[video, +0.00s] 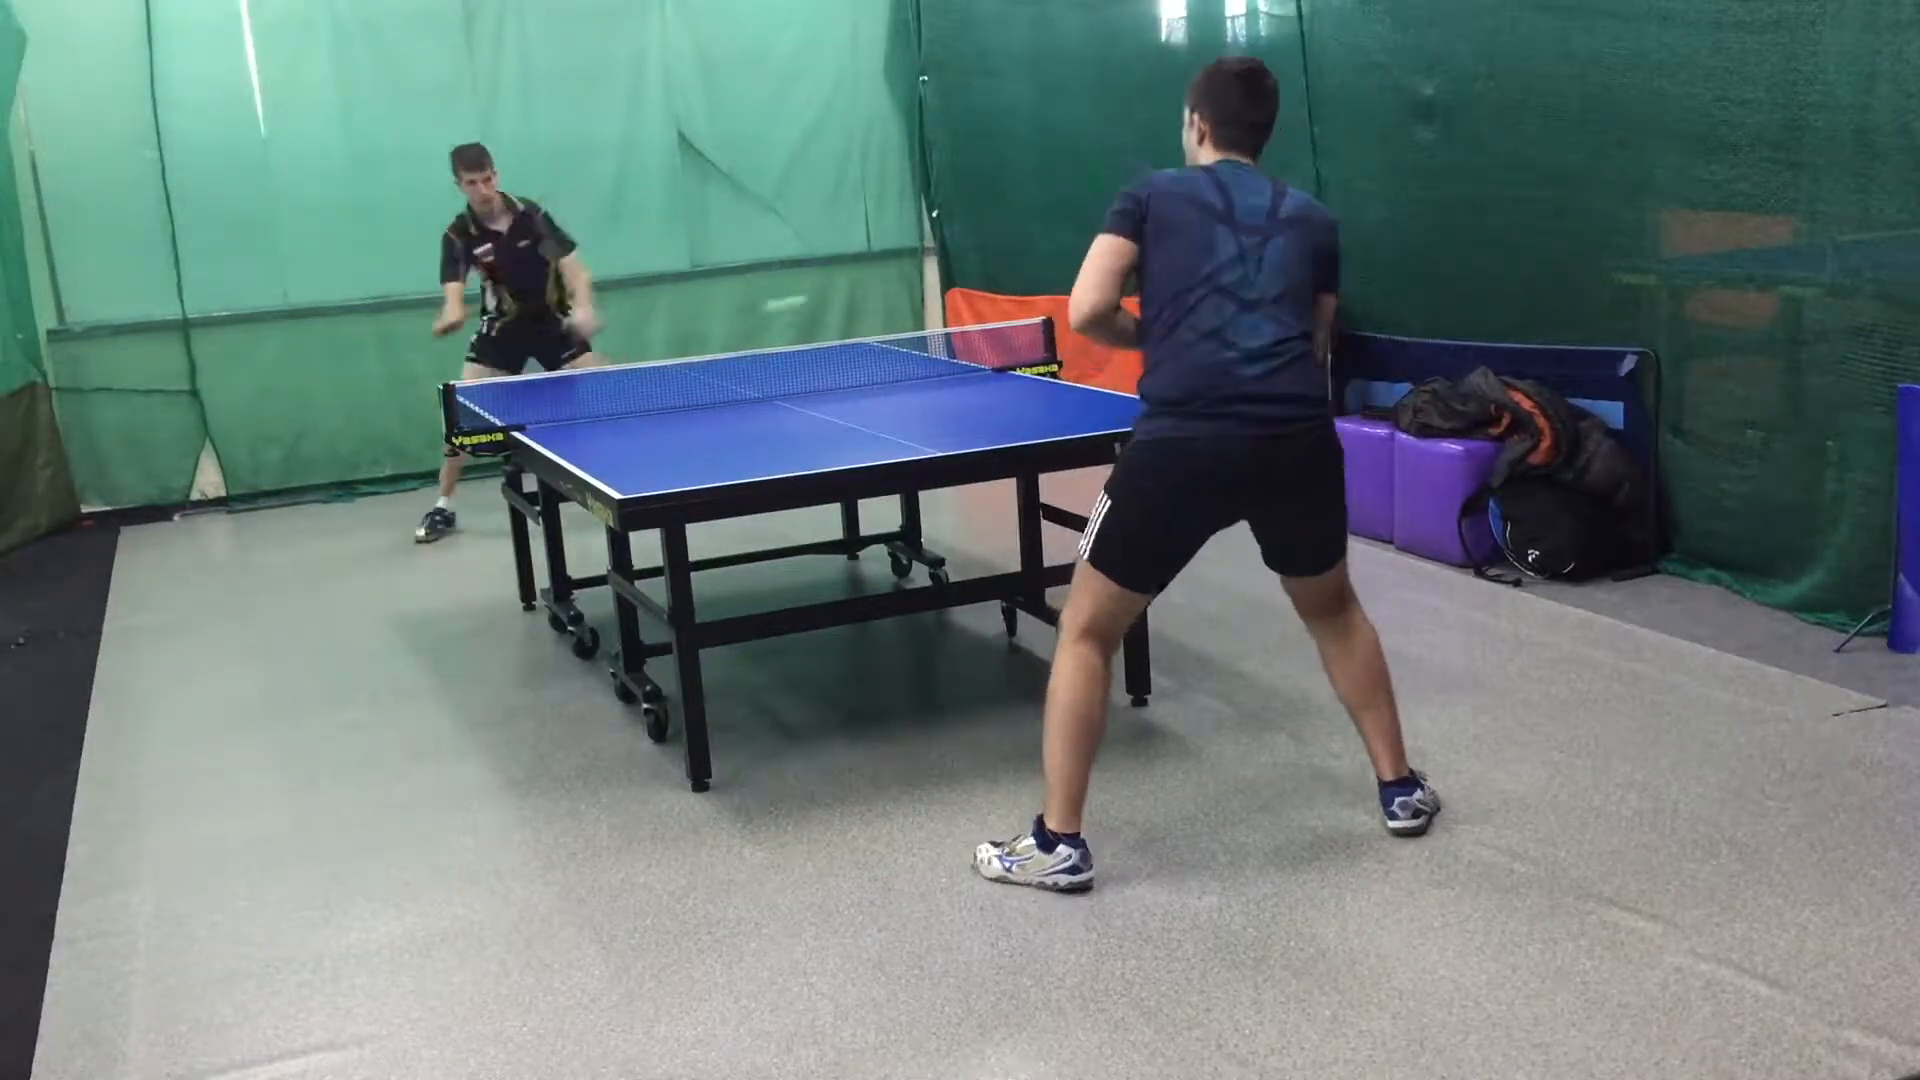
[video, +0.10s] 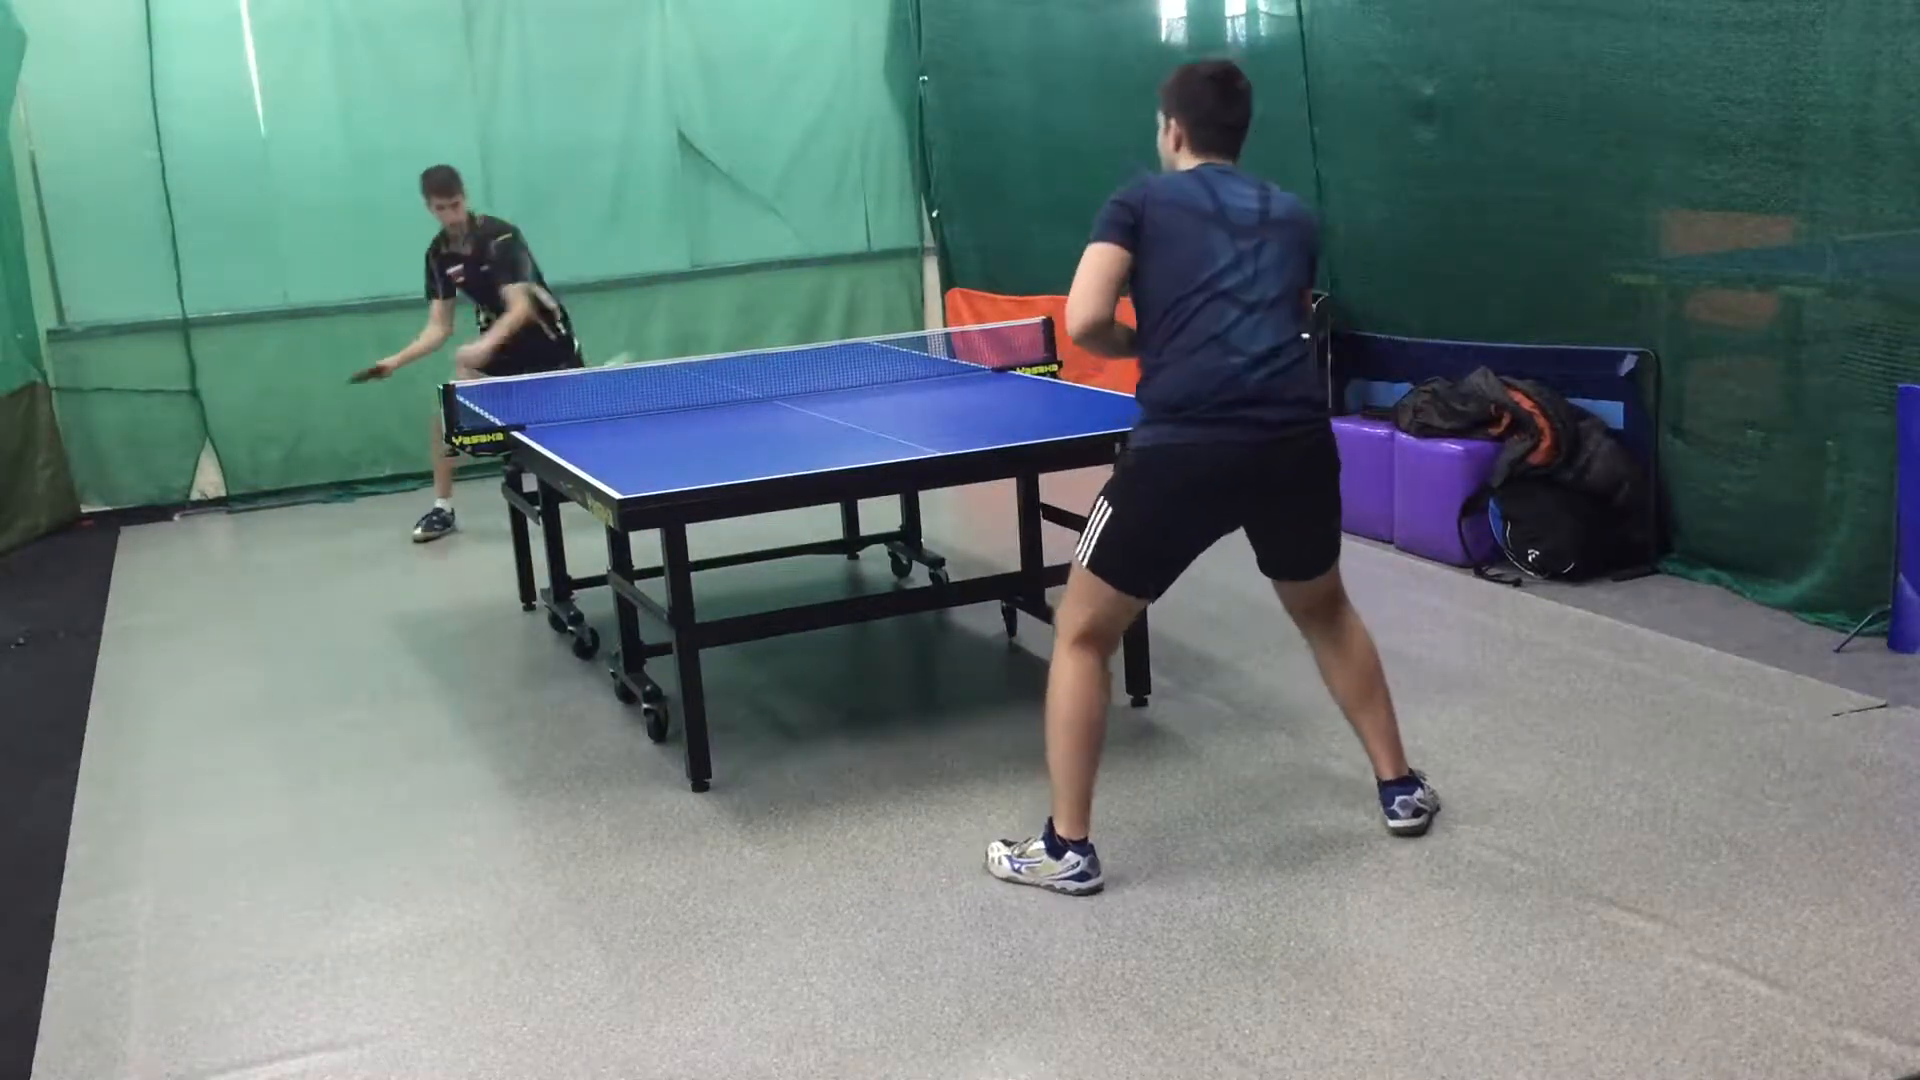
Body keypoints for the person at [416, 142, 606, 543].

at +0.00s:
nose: (483, 190)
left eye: (487, 180)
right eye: (473, 184)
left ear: (496, 176)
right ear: (460, 186)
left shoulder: (530, 215)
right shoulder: (459, 234)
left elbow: (575, 269)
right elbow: (455, 300)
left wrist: (583, 308)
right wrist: (452, 318)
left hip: (551, 319)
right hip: (501, 325)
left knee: (603, 388)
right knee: (466, 407)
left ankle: (626, 484)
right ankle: (443, 505)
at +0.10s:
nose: (450, 215)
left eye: (454, 205)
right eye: (440, 209)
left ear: (465, 197)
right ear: (429, 209)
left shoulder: (500, 237)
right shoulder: (439, 253)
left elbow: (521, 308)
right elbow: (439, 326)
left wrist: (480, 349)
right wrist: (394, 361)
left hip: (548, 340)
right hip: (501, 342)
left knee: (573, 415)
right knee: (445, 417)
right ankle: (442, 507)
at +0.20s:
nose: (425, 228)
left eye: (430, 217)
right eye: (416, 222)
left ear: (441, 208)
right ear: (406, 220)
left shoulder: (470, 244)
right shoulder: (431, 257)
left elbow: (484, 303)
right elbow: (437, 328)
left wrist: (440, 333)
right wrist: (380, 366)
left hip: (539, 345)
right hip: (493, 346)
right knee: (439, 411)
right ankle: (442, 508)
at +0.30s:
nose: (414, 213)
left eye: (420, 202)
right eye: (406, 206)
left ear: (435, 195)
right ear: (400, 208)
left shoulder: (470, 229)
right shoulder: (426, 252)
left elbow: (525, 257)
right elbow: (429, 320)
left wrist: (503, 287)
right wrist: (382, 344)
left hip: (536, 342)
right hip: (486, 343)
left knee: (567, 419)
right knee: (440, 421)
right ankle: (443, 509)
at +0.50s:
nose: (447, 176)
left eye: (452, 166)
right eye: (438, 171)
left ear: (468, 163)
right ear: (432, 176)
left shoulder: (506, 203)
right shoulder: (440, 217)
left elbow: (571, 234)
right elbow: (467, 231)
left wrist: (593, 217)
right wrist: (517, 184)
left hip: (529, 330)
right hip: (481, 344)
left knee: (584, 388)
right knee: (455, 431)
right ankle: (437, 510)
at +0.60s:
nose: (481, 178)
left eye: (485, 169)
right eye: (470, 173)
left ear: (495, 168)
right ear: (457, 179)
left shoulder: (520, 211)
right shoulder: (465, 223)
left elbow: (578, 245)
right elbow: (509, 256)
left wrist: (614, 226)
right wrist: (538, 205)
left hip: (527, 336)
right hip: (483, 348)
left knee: (582, 383)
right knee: (459, 443)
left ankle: (524, 472)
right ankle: (416, 509)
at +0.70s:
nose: (488, 181)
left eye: (492, 172)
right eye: (478, 176)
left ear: (502, 171)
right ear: (464, 181)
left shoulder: (528, 213)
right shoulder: (463, 230)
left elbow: (586, 250)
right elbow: (480, 283)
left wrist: (628, 245)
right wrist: (523, 239)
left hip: (531, 337)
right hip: (484, 350)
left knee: (584, 385)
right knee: (456, 441)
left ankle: (534, 473)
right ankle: (413, 509)